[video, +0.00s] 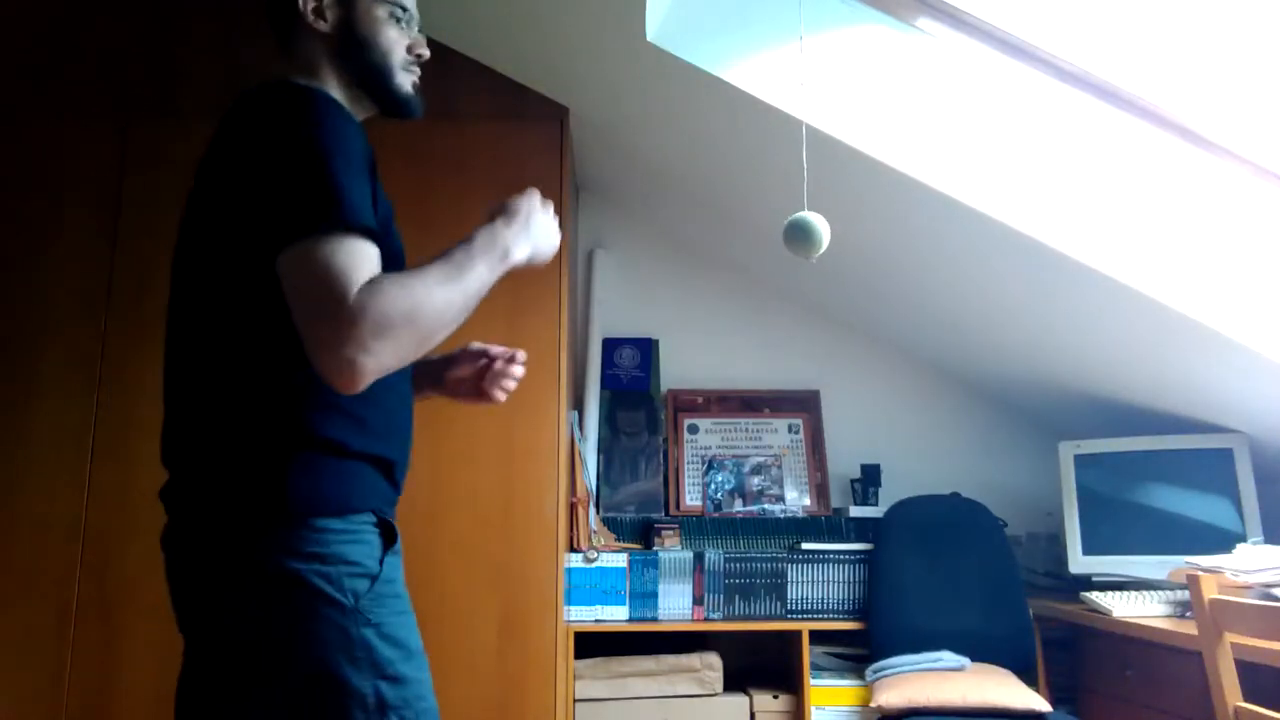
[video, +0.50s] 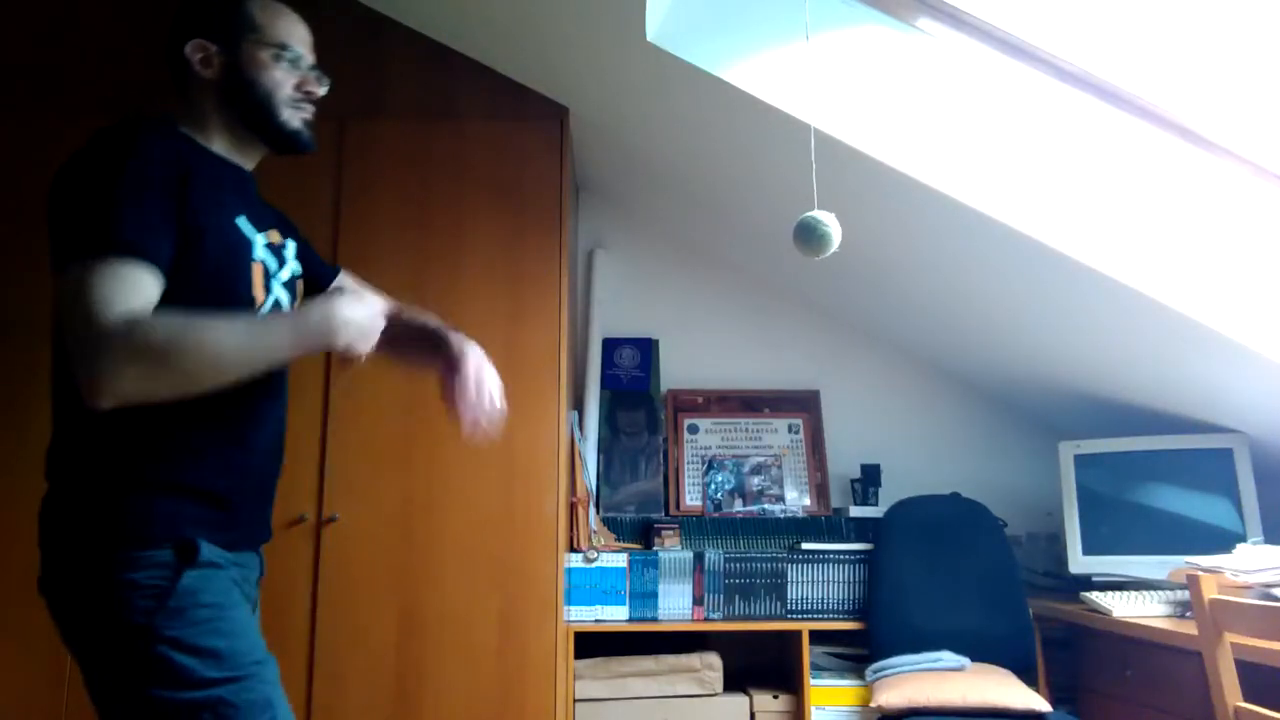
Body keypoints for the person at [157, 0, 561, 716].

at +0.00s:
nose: (424, 47)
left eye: (417, 24)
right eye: (399, 14)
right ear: (320, 11)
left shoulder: (270, 128)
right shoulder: (306, 123)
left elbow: (286, 360)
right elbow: (353, 343)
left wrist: (427, 373)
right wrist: (503, 241)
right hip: (311, 542)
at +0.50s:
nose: (314, 83)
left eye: (313, 69)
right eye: (285, 58)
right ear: (208, 61)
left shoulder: (258, 217)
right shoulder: (134, 162)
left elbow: (356, 305)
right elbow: (109, 361)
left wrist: (446, 346)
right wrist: (313, 325)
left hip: (221, 557)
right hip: (150, 558)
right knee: (253, 705)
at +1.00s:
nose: (272, 82)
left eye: (271, 67)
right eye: (240, 58)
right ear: (162, 69)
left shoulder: (270, 236)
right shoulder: (79, 192)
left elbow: (316, 408)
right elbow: (93, 386)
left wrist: (405, 311)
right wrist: (283, 295)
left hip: (266, 570)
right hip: (163, 571)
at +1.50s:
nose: (332, 57)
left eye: (328, 41)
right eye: (298, 35)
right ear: (217, 54)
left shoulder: (318, 217)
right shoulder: (156, 176)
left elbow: (410, 377)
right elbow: (181, 393)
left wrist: (453, 255)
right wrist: (369, 287)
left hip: (307, 563)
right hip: (233, 562)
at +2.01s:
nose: (356, 103)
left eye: (356, 85)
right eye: (335, 75)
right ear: (257, 69)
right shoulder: (250, 156)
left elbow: (370, 366)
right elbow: (500, 229)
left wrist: (373, 207)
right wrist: (674, 285)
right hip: (231, 564)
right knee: (358, 705)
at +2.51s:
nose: (390, 96)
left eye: (388, 80)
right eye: (365, 68)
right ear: (283, 64)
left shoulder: (300, 210)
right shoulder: (233, 174)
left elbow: (412, 387)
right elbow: (248, 390)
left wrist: (431, 280)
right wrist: (396, 270)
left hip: (294, 579)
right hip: (263, 581)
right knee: (378, 709)